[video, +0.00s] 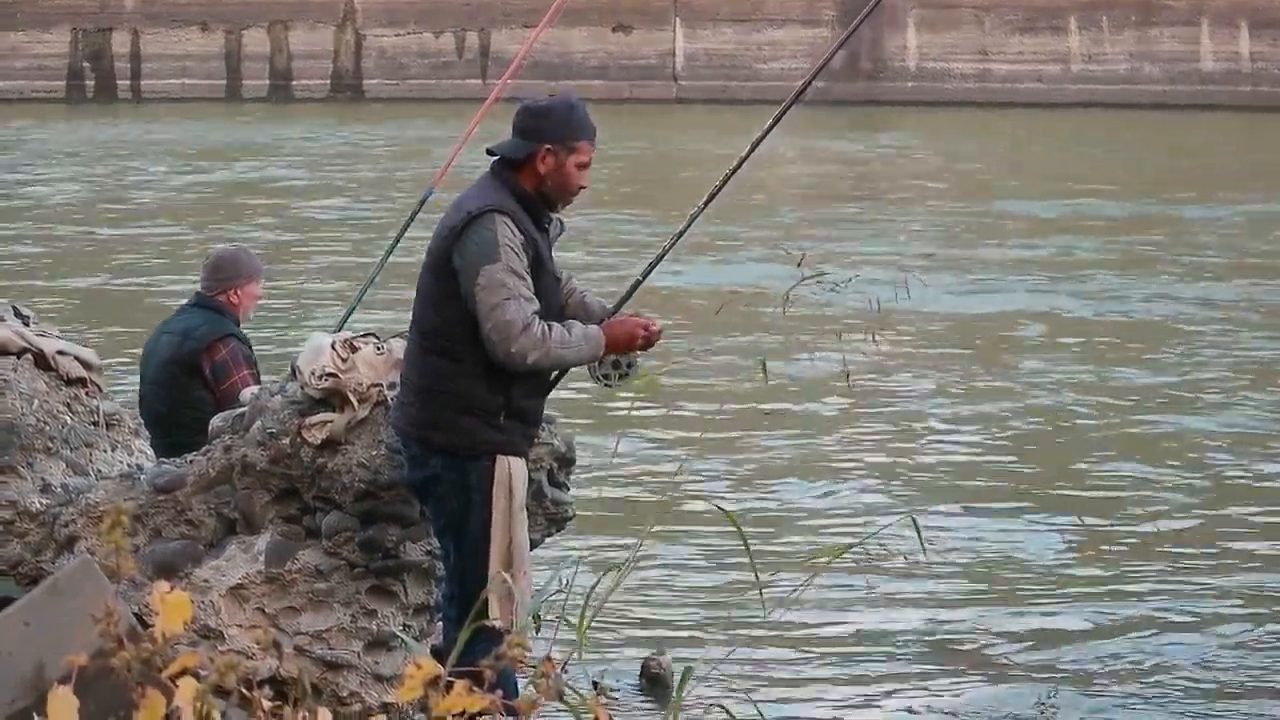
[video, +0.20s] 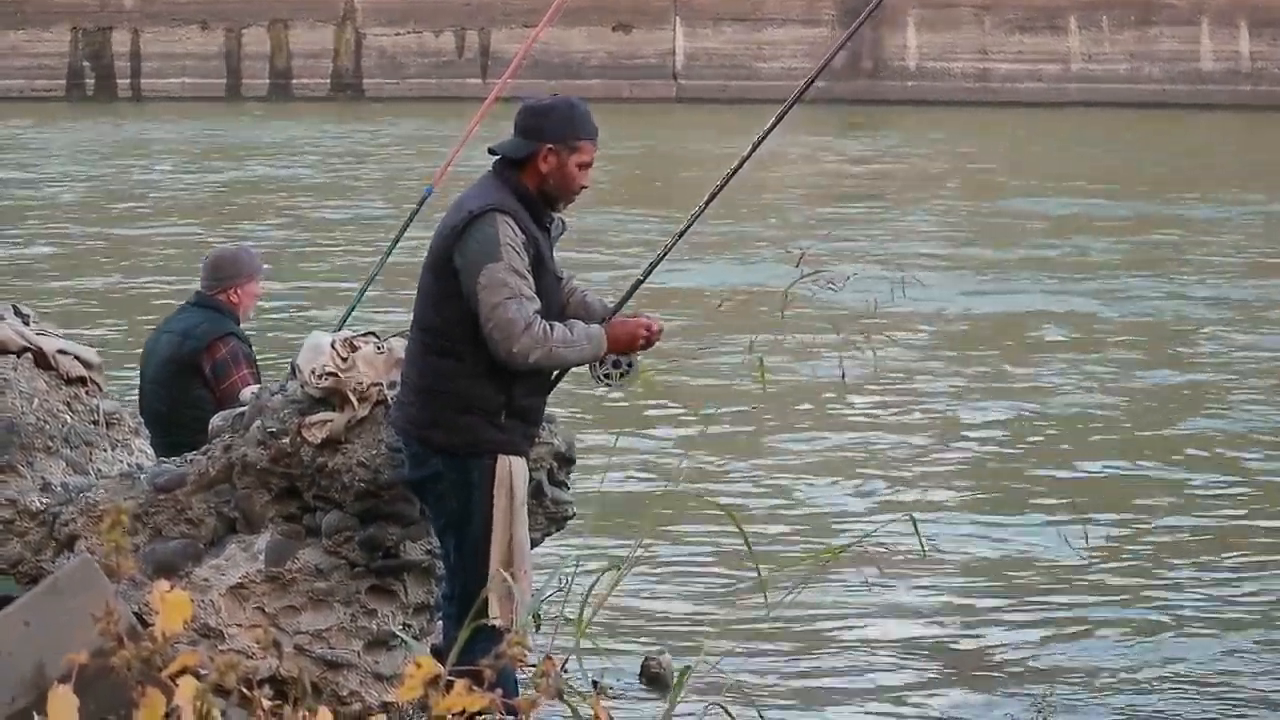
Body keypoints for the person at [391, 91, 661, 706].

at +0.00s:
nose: (586, 178)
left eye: (589, 165)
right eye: (582, 165)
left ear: (548, 159)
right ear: (543, 159)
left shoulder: (518, 217)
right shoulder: (492, 224)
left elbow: (554, 297)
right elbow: (515, 339)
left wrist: (613, 322)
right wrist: (604, 337)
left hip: (480, 439)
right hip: (458, 443)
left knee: (484, 596)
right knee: (479, 602)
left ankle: (478, 709)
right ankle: (474, 712)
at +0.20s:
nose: (587, 179)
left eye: (591, 166)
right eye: (583, 165)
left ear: (548, 158)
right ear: (545, 158)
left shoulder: (522, 217)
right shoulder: (493, 224)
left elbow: (554, 299)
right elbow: (515, 338)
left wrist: (614, 323)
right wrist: (605, 338)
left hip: (482, 438)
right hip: (457, 443)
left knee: (488, 594)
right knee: (478, 600)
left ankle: (487, 709)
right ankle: (474, 712)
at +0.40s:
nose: (589, 180)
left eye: (593, 167)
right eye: (584, 166)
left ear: (549, 159)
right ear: (546, 159)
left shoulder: (523, 216)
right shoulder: (495, 224)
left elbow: (556, 298)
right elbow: (517, 339)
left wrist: (615, 324)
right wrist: (607, 338)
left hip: (480, 438)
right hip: (457, 444)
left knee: (487, 593)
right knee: (479, 598)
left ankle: (484, 710)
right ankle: (474, 713)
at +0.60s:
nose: (591, 182)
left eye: (595, 168)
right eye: (587, 168)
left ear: (551, 160)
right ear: (549, 160)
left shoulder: (525, 217)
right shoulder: (497, 225)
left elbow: (558, 300)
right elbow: (517, 340)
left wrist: (617, 325)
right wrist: (607, 339)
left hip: (482, 437)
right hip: (458, 443)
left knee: (490, 592)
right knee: (478, 597)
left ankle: (486, 709)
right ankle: (472, 712)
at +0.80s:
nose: (592, 182)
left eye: (596, 169)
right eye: (587, 168)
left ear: (552, 160)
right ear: (549, 160)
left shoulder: (526, 217)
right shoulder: (498, 225)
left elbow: (558, 299)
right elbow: (518, 340)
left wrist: (616, 325)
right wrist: (607, 339)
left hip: (481, 439)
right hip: (457, 443)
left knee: (489, 593)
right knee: (478, 599)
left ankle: (487, 708)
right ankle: (475, 711)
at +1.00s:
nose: (594, 182)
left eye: (598, 169)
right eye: (589, 168)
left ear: (554, 161)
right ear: (551, 161)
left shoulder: (529, 217)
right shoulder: (500, 225)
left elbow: (560, 298)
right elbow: (519, 339)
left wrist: (617, 327)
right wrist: (608, 340)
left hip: (484, 439)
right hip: (460, 444)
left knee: (489, 592)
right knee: (477, 597)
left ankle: (485, 706)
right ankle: (472, 710)